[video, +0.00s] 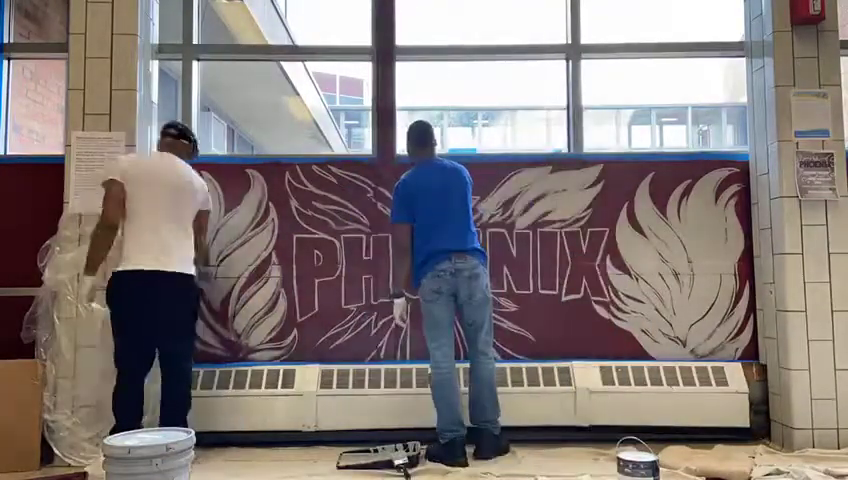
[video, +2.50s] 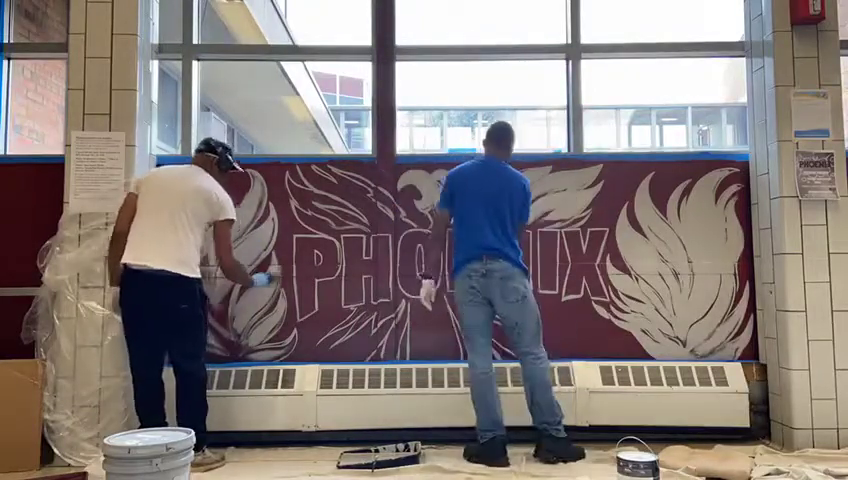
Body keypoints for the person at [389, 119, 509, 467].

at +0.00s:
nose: (412, 152)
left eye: (409, 147)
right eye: (422, 144)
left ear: (408, 147)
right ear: (436, 144)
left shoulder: (405, 184)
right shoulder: (461, 173)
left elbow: (402, 243)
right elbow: (464, 221)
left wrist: (401, 289)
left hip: (432, 268)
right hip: (471, 262)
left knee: (441, 355)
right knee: (483, 351)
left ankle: (452, 444)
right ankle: (488, 437)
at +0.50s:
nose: (409, 161)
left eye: (408, 157)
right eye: (411, 155)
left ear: (409, 156)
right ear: (434, 145)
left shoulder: (416, 187)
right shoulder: (466, 168)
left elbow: (415, 242)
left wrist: (408, 297)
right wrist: (419, 175)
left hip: (446, 271)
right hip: (483, 266)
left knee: (451, 357)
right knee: (484, 352)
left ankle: (460, 443)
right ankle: (486, 437)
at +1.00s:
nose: (422, 149)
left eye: (420, 144)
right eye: (430, 140)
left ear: (422, 144)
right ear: (448, 140)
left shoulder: (421, 181)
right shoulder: (476, 171)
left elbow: (415, 239)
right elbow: (490, 212)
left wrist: (407, 293)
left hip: (445, 270)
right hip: (484, 266)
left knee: (452, 357)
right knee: (485, 354)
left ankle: (464, 445)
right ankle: (486, 437)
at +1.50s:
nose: (430, 145)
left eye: (426, 140)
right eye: (439, 136)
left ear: (425, 141)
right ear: (451, 137)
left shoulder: (422, 177)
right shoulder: (477, 169)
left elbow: (417, 229)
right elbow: (505, 206)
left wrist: (410, 277)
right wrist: (478, 207)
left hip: (443, 270)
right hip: (480, 269)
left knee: (445, 358)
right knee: (476, 355)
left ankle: (449, 449)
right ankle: (474, 440)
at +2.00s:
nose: (488, 149)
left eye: (484, 144)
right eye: (497, 145)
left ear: (479, 144)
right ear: (505, 148)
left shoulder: (461, 166)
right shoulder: (517, 181)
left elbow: (442, 214)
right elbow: (518, 232)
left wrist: (439, 237)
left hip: (466, 265)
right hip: (505, 268)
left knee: (450, 345)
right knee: (499, 351)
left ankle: (448, 443)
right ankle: (499, 445)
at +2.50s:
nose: (497, 152)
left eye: (490, 144)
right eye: (505, 148)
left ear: (483, 144)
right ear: (512, 149)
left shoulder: (458, 175)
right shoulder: (520, 182)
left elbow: (440, 222)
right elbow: (519, 228)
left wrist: (457, 199)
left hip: (467, 272)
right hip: (507, 271)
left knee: (479, 355)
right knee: (532, 353)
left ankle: (492, 443)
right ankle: (552, 437)